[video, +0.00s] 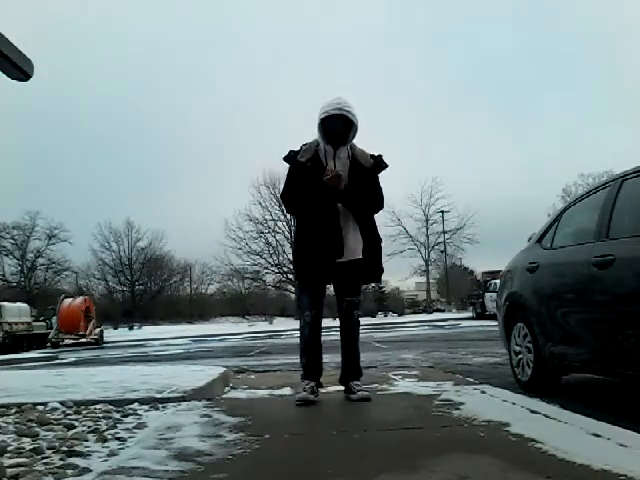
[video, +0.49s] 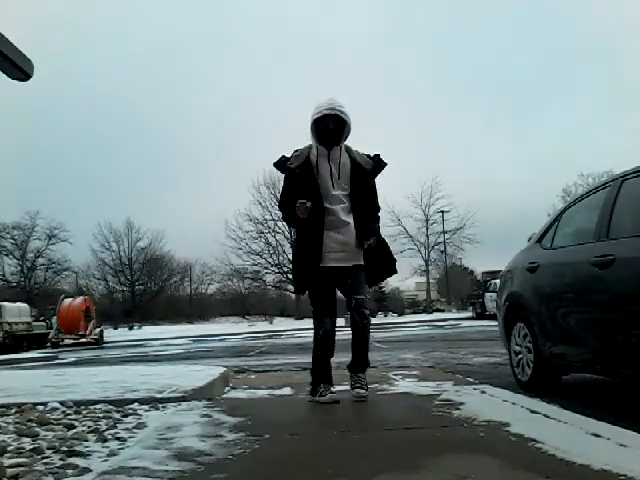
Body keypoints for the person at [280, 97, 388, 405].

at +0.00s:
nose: (336, 132)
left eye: (343, 126)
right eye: (330, 125)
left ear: (353, 129)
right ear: (320, 127)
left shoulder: (365, 164)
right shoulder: (304, 162)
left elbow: (375, 204)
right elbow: (291, 202)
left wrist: (344, 189)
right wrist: (324, 189)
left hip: (352, 254)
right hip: (312, 253)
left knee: (350, 317)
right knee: (310, 318)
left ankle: (352, 381)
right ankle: (310, 382)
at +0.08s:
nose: (336, 130)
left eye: (342, 124)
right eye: (330, 123)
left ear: (352, 127)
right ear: (320, 126)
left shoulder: (366, 162)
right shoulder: (304, 161)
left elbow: (378, 202)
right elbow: (291, 202)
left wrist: (349, 190)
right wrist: (325, 192)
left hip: (352, 252)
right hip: (314, 253)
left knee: (349, 316)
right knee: (314, 318)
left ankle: (352, 382)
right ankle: (316, 383)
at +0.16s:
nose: (334, 130)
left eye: (341, 123)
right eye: (328, 123)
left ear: (351, 126)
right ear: (319, 126)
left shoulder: (365, 161)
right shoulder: (304, 160)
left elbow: (379, 202)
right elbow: (288, 202)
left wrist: (354, 187)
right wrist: (323, 191)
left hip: (353, 251)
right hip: (314, 251)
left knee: (350, 316)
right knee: (316, 318)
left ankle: (352, 382)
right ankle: (317, 383)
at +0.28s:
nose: (333, 127)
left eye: (339, 120)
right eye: (327, 121)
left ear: (349, 124)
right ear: (317, 124)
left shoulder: (365, 159)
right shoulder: (302, 159)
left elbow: (387, 194)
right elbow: (285, 201)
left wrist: (358, 188)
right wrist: (312, 182)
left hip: (353, 251)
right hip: (314, 251)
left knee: (350, 316)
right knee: (315, 318)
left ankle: (352, 382)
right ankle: (317, 383)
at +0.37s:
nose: (331, 126)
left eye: (337, 120)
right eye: (325, 120)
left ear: (348, 123)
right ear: (316, 123)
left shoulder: (366, 157)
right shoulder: (303, 158)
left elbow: (387, 193)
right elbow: (285, 200)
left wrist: (361, 196)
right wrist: (307, 183)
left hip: (353, 252)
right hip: (314, 252)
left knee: (350, 317)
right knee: (317, 318)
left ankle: (352, 381)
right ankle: (318, 383)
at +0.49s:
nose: (330, 130)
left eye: (336, 124)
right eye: (324, 124)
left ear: (345, 128)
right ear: (314, 128)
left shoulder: (361, 164)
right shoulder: (301, 164)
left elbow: (371, 207)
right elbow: (286, 206)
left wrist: (371, 235)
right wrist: (297, 212)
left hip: (354, 256)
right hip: (319, 257)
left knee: (361, 314)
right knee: (325, 322)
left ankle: (359, 373)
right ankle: (321, 383)